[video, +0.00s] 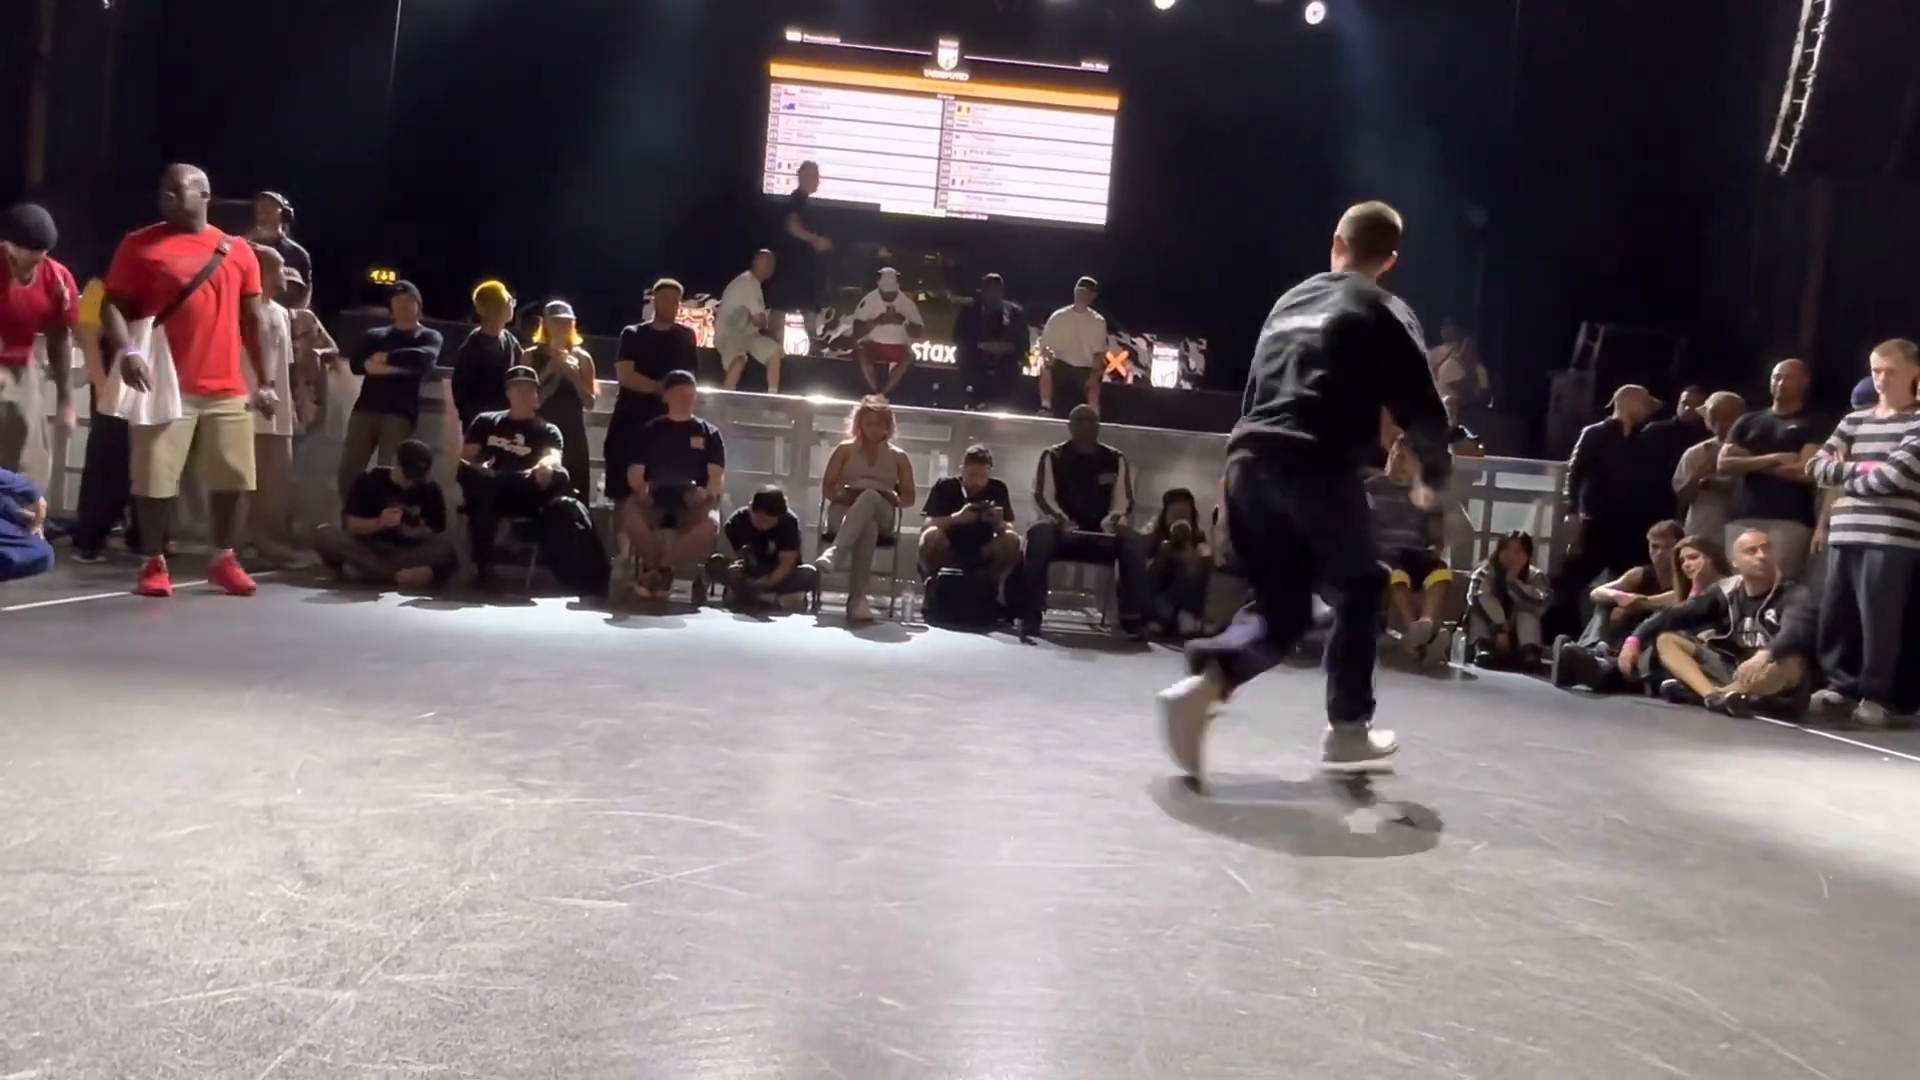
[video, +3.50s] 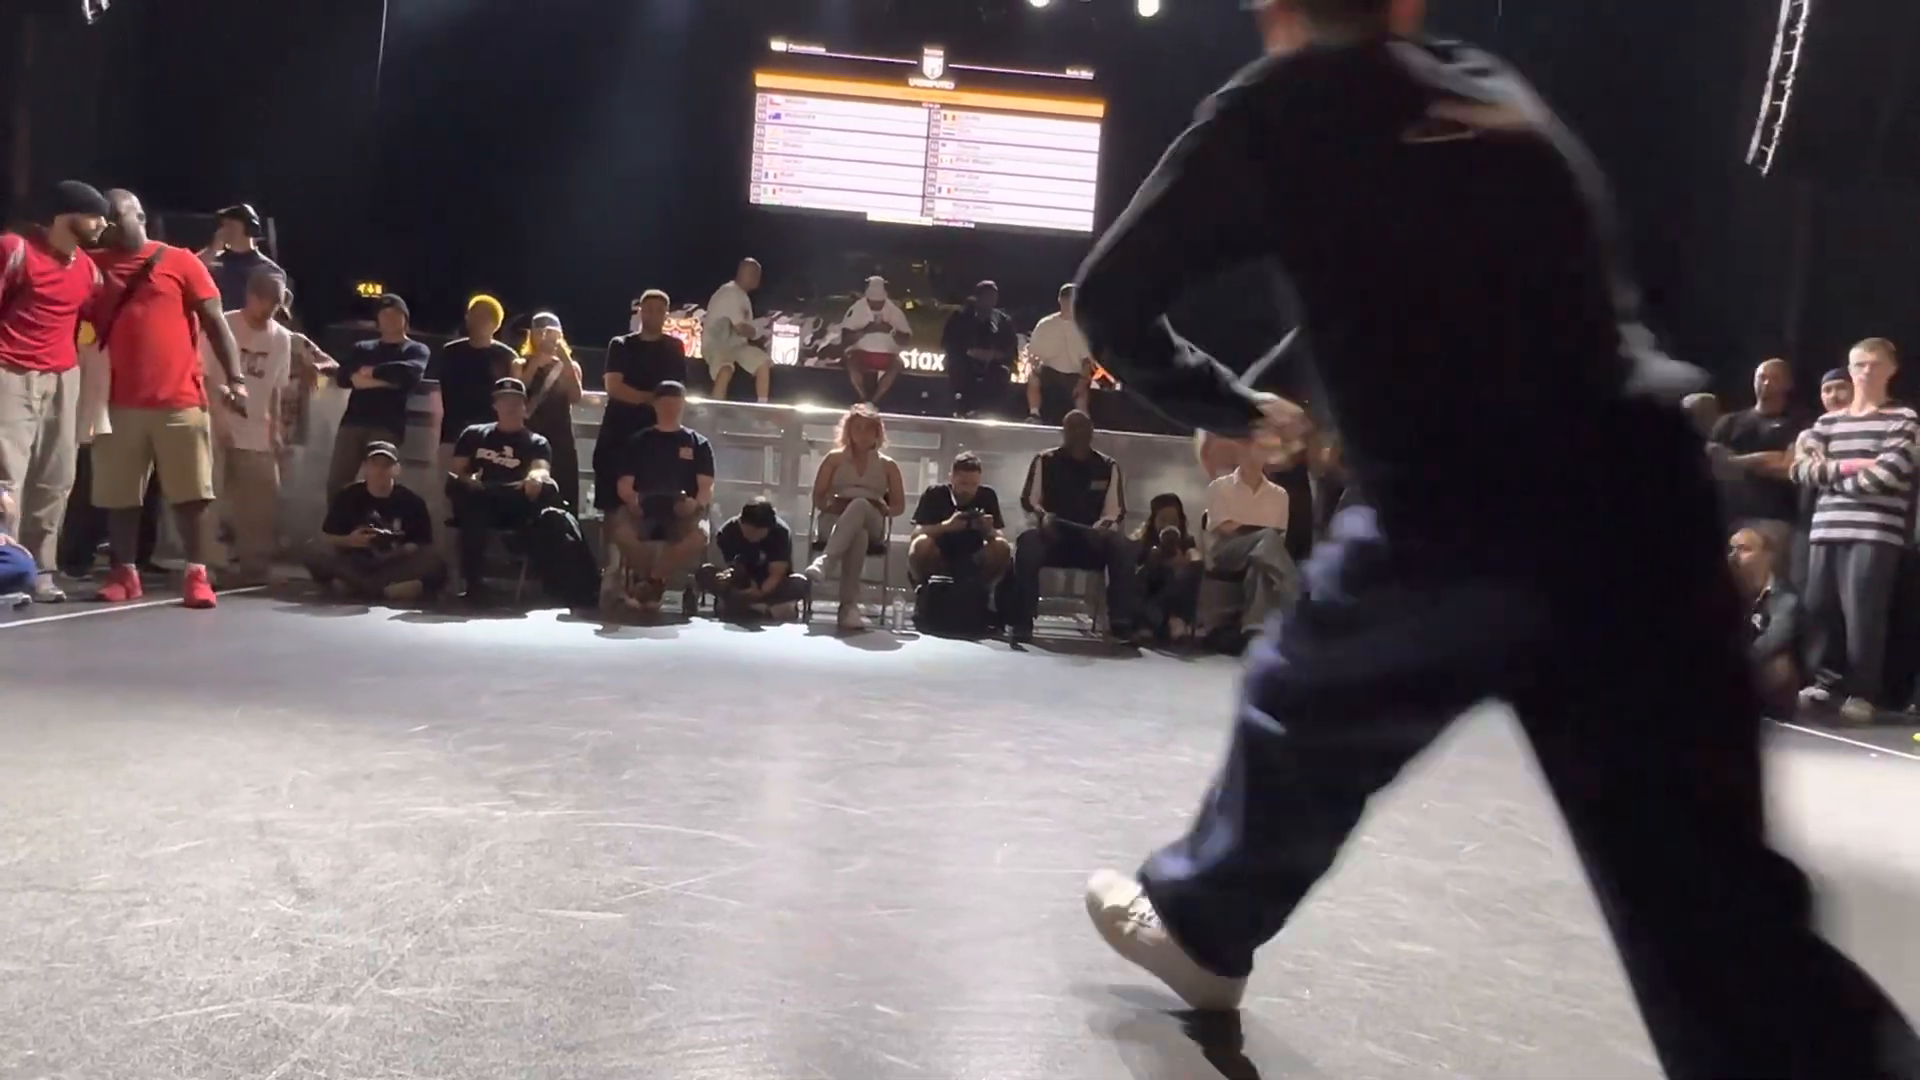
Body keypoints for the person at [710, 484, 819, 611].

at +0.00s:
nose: (763, 526)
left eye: (769, 522)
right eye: (760, 520)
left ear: (778, 516)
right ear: (751, 509)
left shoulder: (788, 522)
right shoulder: (734, 524)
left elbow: (788, 562)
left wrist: (768, 581)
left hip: (779, 570)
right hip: (750, 572)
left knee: (810, 573)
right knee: (715, 566)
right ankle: (777, 601)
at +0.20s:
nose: (765, 526)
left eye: (771, 522)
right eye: (762, 520)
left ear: (780, 516)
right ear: (753, 508)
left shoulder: (790, 521)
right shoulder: (736, 523)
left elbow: (789, 562)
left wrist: (769, 580)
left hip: (780, 568)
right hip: (752, 569)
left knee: (811, 573)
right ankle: (777, 600)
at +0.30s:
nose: (766, 526)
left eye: (772, 523)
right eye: (762, 520)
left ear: (780, 516)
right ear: (753, 509)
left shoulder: (791, 521)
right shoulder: (737, 522)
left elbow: (789, 561)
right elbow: (728, 558)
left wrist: (769, 580)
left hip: (780, 567)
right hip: (751, 569)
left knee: (812, 572)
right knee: (731, 595)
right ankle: (778, 600)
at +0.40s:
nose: (765, 525)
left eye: (771, 522)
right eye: (762, 520)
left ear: (780, 516)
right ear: (753, 508)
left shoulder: (791, 521)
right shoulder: (737, 522)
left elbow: (789, 561)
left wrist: (770, 580)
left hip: (780, 567)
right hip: (751, 569)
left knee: (811, 572)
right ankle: (779, 600)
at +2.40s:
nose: (766, 526)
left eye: (771, 522)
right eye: (763, 521)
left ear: (779, 516)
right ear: (753, 511)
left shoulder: (790, 523)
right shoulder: (736, 523)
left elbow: (788, 564)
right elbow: (744, 557)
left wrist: (766, 583)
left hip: (780, 571)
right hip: (753, 572)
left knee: (810, 574)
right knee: (716, 564)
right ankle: (777, 601)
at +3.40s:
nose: (757, 535)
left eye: (761, 531)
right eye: (753, 530)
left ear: (769, 525)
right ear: (744, 521)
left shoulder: (781, 530)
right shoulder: (726, 532)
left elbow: (778, 571)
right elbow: (731, 567)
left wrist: (759, 590)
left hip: (770, 577)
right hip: (741, 578)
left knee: (801, 581)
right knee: (705, 571)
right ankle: (765, 608)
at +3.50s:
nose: (752, 537)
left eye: (757, 533)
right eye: (748, 531)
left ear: (767, 528)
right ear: (742, 523)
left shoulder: (780, 532)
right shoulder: (726, 534)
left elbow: (777, 572)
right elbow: (735, 569)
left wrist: (761, 592)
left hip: (770, 579)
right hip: (742, 581)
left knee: (800, 582)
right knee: (705, 572)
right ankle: (767, 611)